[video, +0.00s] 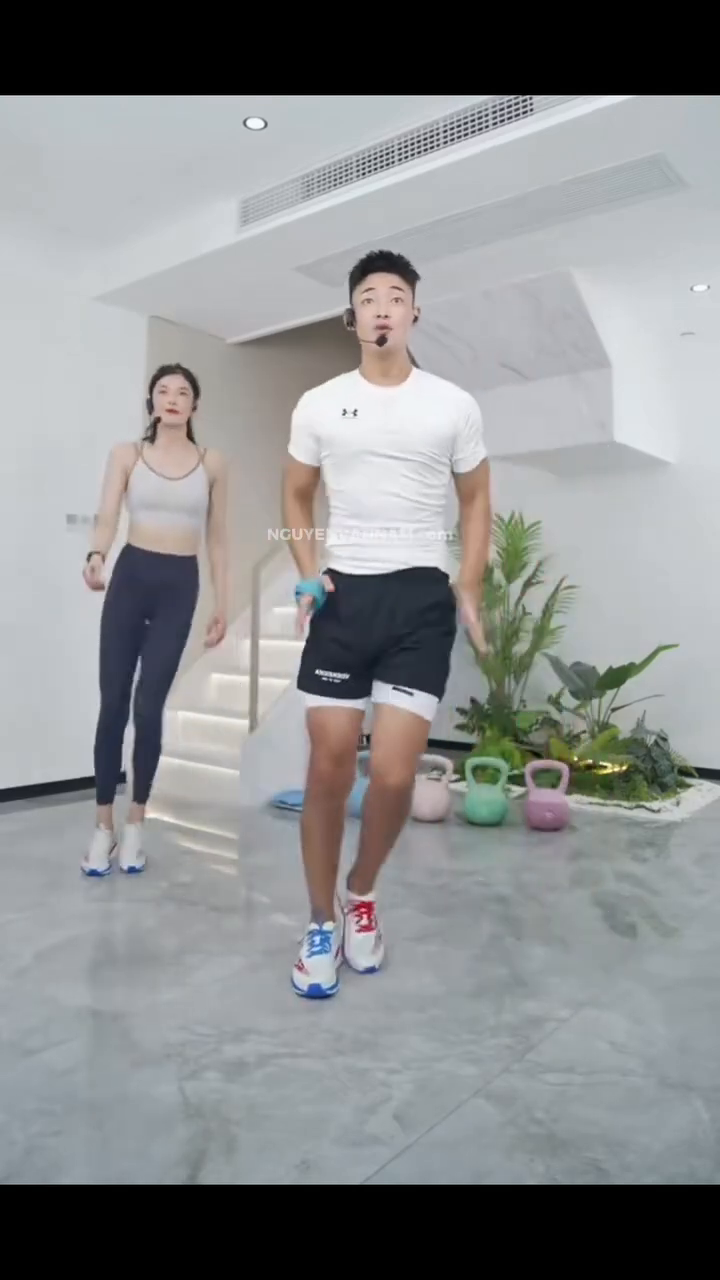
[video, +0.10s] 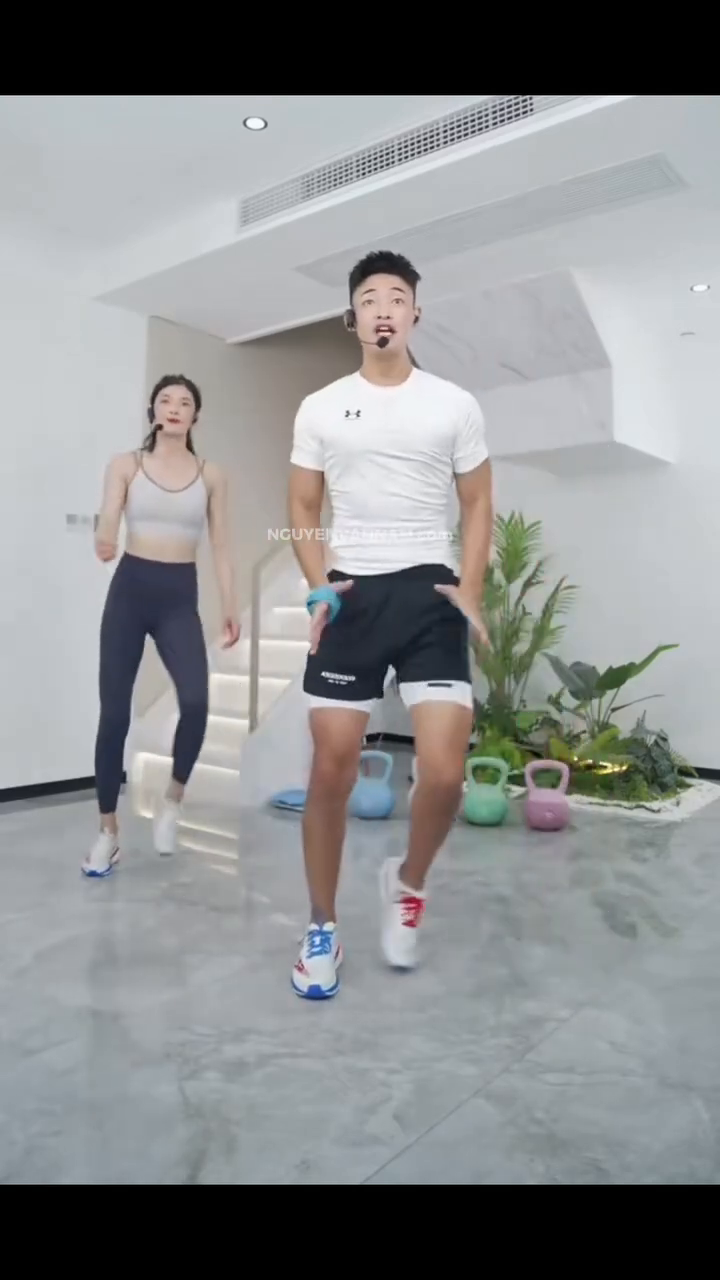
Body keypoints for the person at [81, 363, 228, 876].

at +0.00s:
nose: (173, 399)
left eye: (182, 393)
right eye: (165, 391)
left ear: (195, 405)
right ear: (151, 400)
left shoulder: (212, 463)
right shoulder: (128, 455)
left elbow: (218, 538)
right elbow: (107, 519)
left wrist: (223, 605)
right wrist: (96, 555)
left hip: (181, 586)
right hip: (130, 579)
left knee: (148, 706)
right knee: (113, 704)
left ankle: (136, 821)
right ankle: (104, 823)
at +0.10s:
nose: (175, 408)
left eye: (184, 403)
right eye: (167, 401)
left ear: (196, 416)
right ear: (152, 411)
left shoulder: (211, 474)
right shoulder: (127, 464)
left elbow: (221, 547)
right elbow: (106, 542)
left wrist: (230, 609)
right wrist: (110, 514)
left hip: (180, 600)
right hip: (128, 594)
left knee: (197, 705)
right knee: (114, 715)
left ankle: (173, 801)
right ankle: (108, 829)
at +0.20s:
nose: (183, 406)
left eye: (192, 401)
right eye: (176, 398)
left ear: (204, 413)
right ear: (161, 407)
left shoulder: (216, 471)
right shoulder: (135, 462)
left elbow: (237, 533)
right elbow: (103, 527)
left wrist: (254, 561)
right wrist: (112, 497)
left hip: (189, 597)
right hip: (138, 592)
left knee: (229, 699)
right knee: (119, 715)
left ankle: (226, 793)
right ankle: (108, 828)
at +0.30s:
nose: (198, 395)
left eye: (207, 390)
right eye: (189, 388)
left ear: (217, 402)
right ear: (173, 397)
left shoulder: (228, 456)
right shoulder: (151, 448)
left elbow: (266, 517)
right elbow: (109, 482)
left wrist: (275, 493)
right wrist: (125, 421)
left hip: (208, 584)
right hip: (155, 582)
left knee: (237, 702)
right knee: (132, 705)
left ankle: (270, 814)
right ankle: (109, 824)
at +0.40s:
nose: (212, 402)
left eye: (221, 397)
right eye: (204, 394)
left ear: (232, 408)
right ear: (187, 403)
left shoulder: (245, 456)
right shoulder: (167, 454)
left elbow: (299, 485)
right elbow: (117, 441)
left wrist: (287, 428)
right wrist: (145, 383)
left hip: (233, 587)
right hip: (181, 586)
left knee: (251, 707)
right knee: (145, 708)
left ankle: (279, 822)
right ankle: (111, 824)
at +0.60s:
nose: (235, 418)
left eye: (245, 411)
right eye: (228, 409)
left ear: (258, 418)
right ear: (216, 413)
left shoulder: (270, 463)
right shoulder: (197, 458)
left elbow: (312, 430)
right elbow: (156, 408)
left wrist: (277, 381)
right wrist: (204, 366)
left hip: (263, 589)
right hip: (214, 590)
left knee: (268, 707)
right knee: (170, 705)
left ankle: (278, 825)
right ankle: (184, 792)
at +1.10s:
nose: (233, 418)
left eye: (244, 412)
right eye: (228, 408)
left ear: (257, 421)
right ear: (216, 410)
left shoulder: (262, 466)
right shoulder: (191, 448)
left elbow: (315, 438)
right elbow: (168, 377)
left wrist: (283, 392)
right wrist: (222, 359)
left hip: (240, 592)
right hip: (192, 590)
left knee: (257, 710)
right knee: (133, 701)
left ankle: (276, 824)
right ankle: (133, 810)